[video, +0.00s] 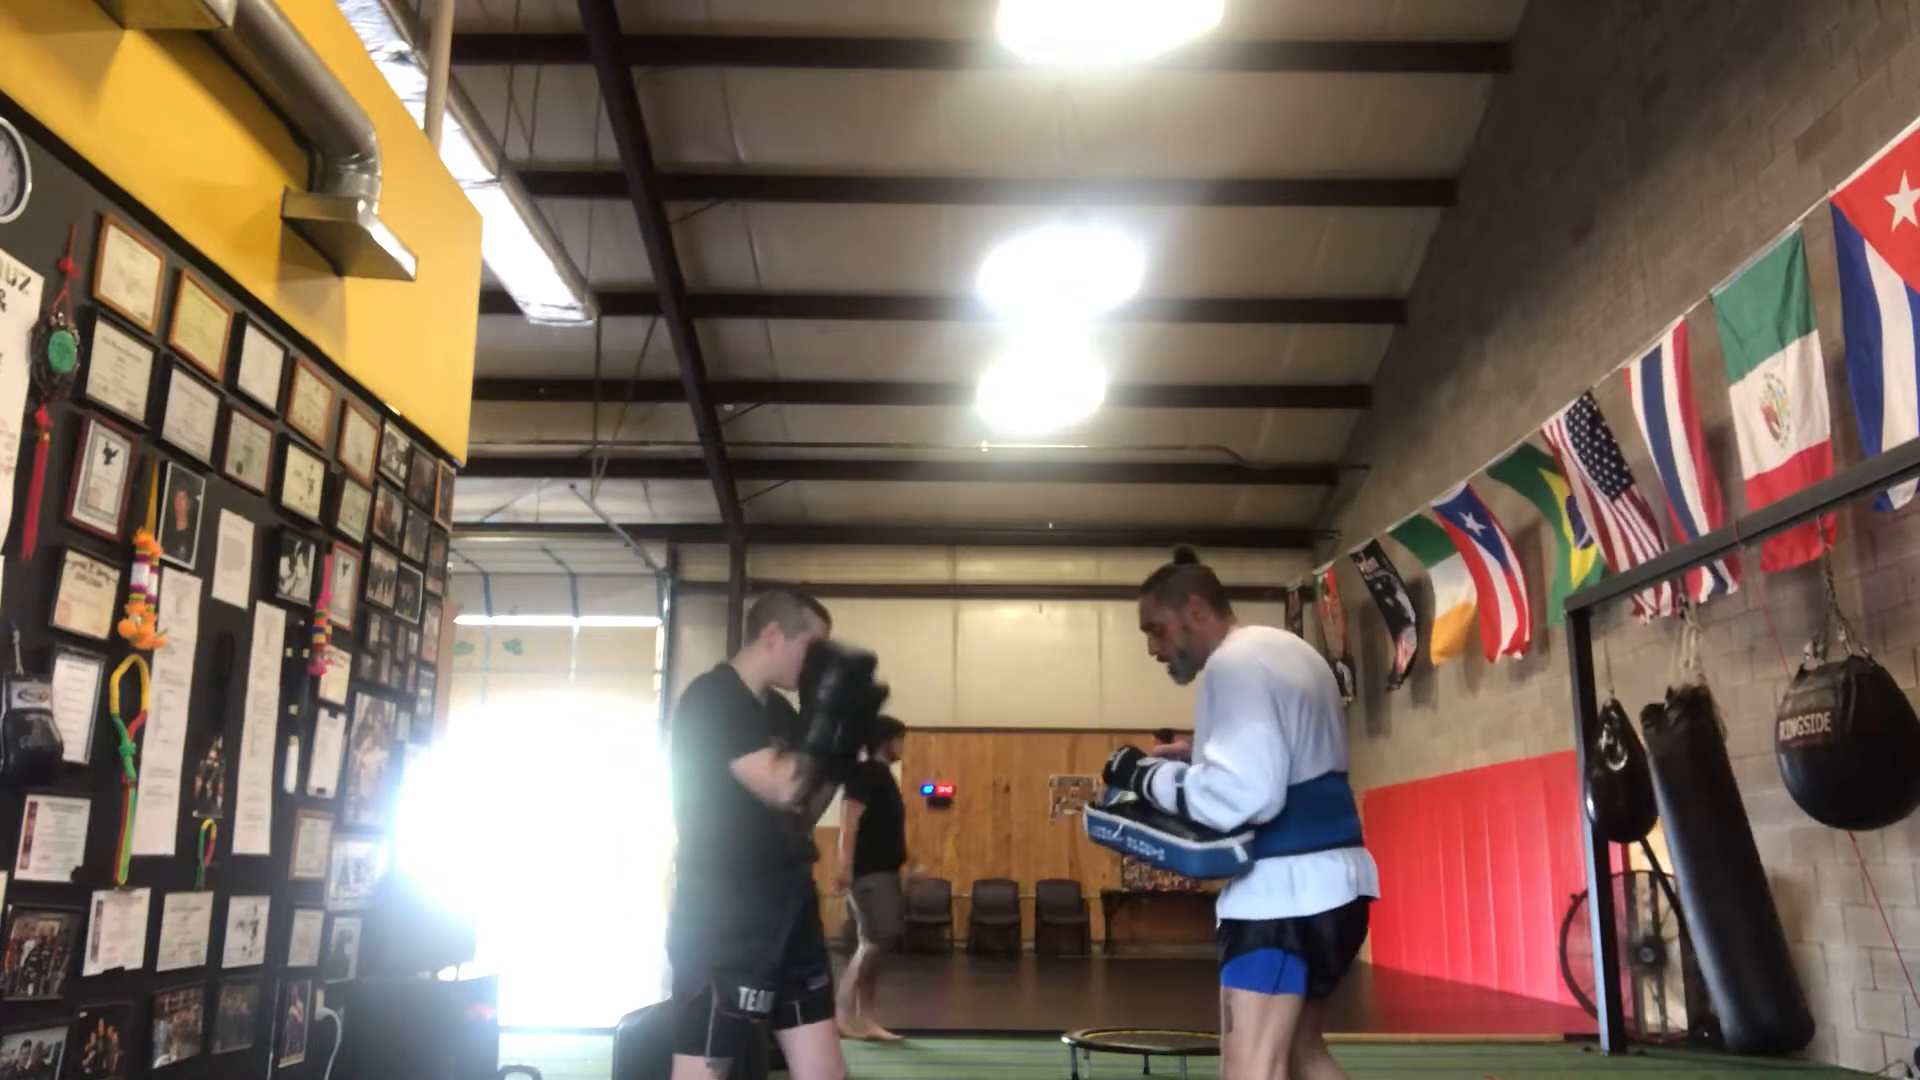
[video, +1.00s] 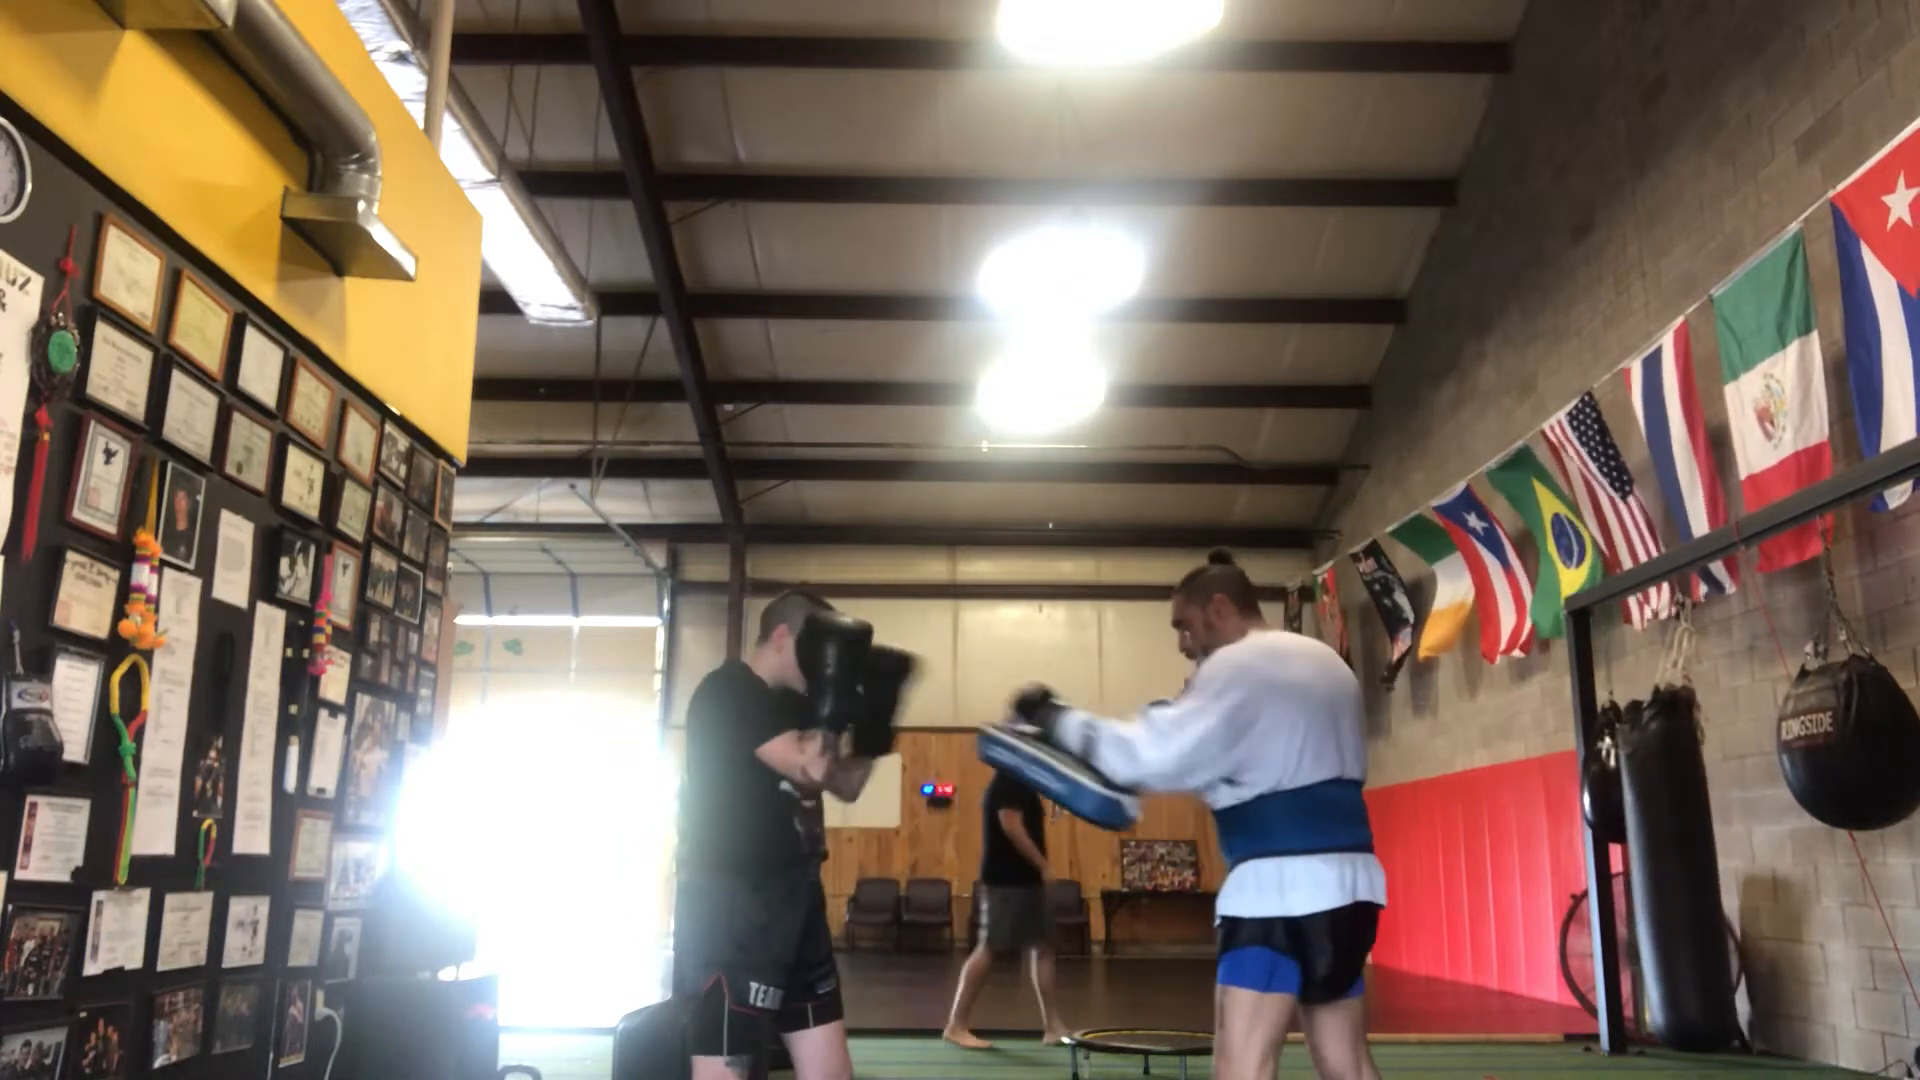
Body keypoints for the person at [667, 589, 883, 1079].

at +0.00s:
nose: (815, 663)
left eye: (819, 650)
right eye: (812, 647)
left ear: (774, 640)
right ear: (773, 636)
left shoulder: (780, 710)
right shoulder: (711, 698)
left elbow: (809, 807)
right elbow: (783, 786)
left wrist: (846, 733)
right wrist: (832, 714)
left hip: (790, 920)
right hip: (723, 923)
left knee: (822, 1069)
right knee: (699, 1071)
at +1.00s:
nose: (820, 658)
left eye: (825, 646)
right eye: (814, 644)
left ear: (786, 640)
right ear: (783, 637)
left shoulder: (795, 703)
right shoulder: (726, 691)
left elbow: (849, 786)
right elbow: (812, 768)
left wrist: (874, 706)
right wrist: (837, 691)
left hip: (796, 918)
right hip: (731, 918)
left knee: (829, 1070)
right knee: (722, 1071)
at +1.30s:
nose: (824, 657)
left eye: (831, 648)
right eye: (819, 644)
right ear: (787, 633)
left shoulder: (810, 696)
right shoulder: (728, 687)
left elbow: (913, 720)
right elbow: (798, 763)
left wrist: (962, 656)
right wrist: (822, 680)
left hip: (797, 909)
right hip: (727, 910)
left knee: (825, 1069)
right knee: (706, 1069)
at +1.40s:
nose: (824, 656)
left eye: (831, 645)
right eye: (819, 642)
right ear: (786, 633)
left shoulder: (815, 695)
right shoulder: (724, 689)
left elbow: (914, 720)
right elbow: (793, 768)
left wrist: (977, 678)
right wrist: (820, 686)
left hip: (796, 910)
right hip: (725, 913)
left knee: (823, 1070)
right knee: (713, 1071)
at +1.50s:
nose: (823, 662)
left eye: (828, 651)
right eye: (816, 647)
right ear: (782, 636)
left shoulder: (812, 705)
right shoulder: (720, 691)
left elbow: (888, 770)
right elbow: (775, 779)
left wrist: (948, 728)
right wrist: (816, 702)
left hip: (797, 913)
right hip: (724, 915)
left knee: (824, 1070)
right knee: (715, 1070)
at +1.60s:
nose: (822, 664)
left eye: (828, 653)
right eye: (817, 649)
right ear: (776, 637)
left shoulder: (801, 717)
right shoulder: (717, 691)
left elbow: (843, 807)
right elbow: (760, 785)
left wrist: (896, 755)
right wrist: (816, 711)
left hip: (794, 908)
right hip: (723, 909)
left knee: (824, 1069)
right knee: (716, 1070)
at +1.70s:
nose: (812, 670)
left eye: (818, 659)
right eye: (809, 655)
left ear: (775, 643)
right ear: (773, 640)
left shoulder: (783, 710)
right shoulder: (708, 694)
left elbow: (834, 797)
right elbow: (772, 780)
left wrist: (871, 721)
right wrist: (822, 703)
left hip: (786, 907)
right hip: (720, 909)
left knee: (822, 1069)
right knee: (713, 1070)